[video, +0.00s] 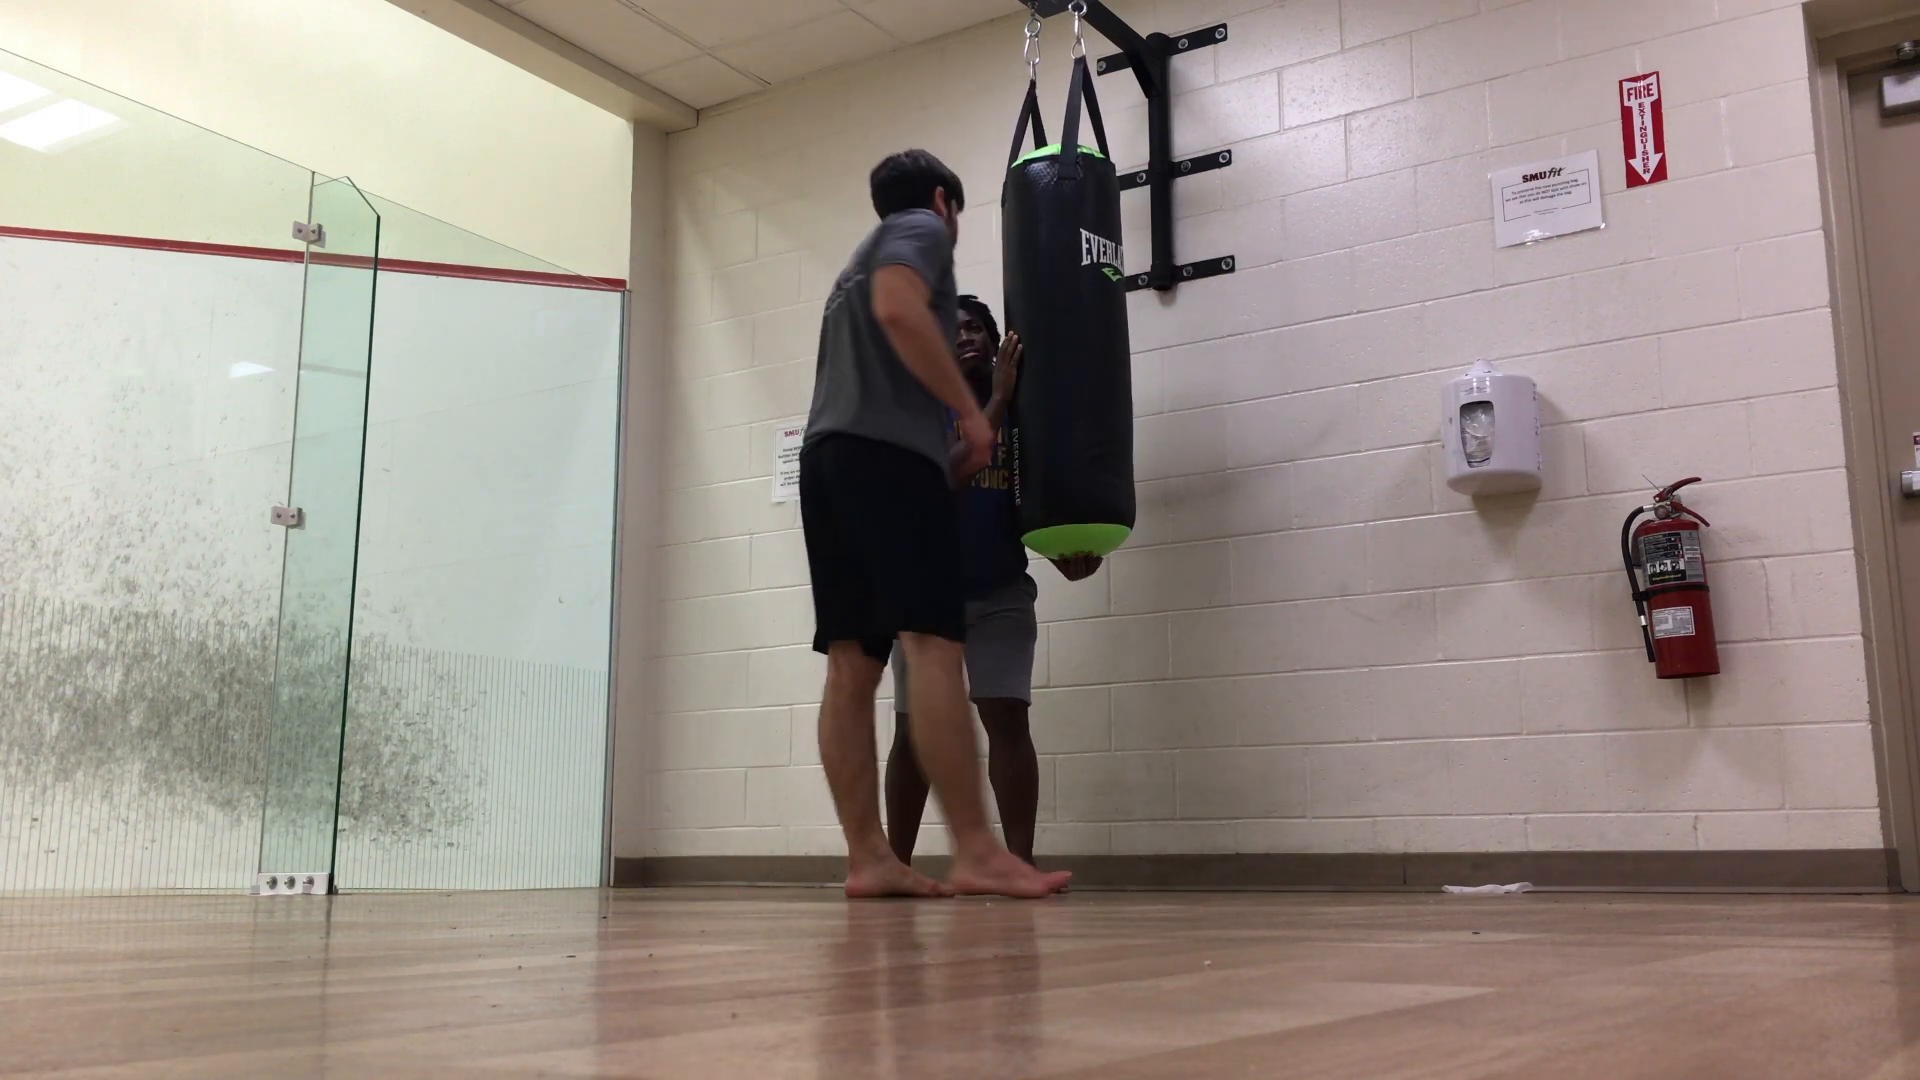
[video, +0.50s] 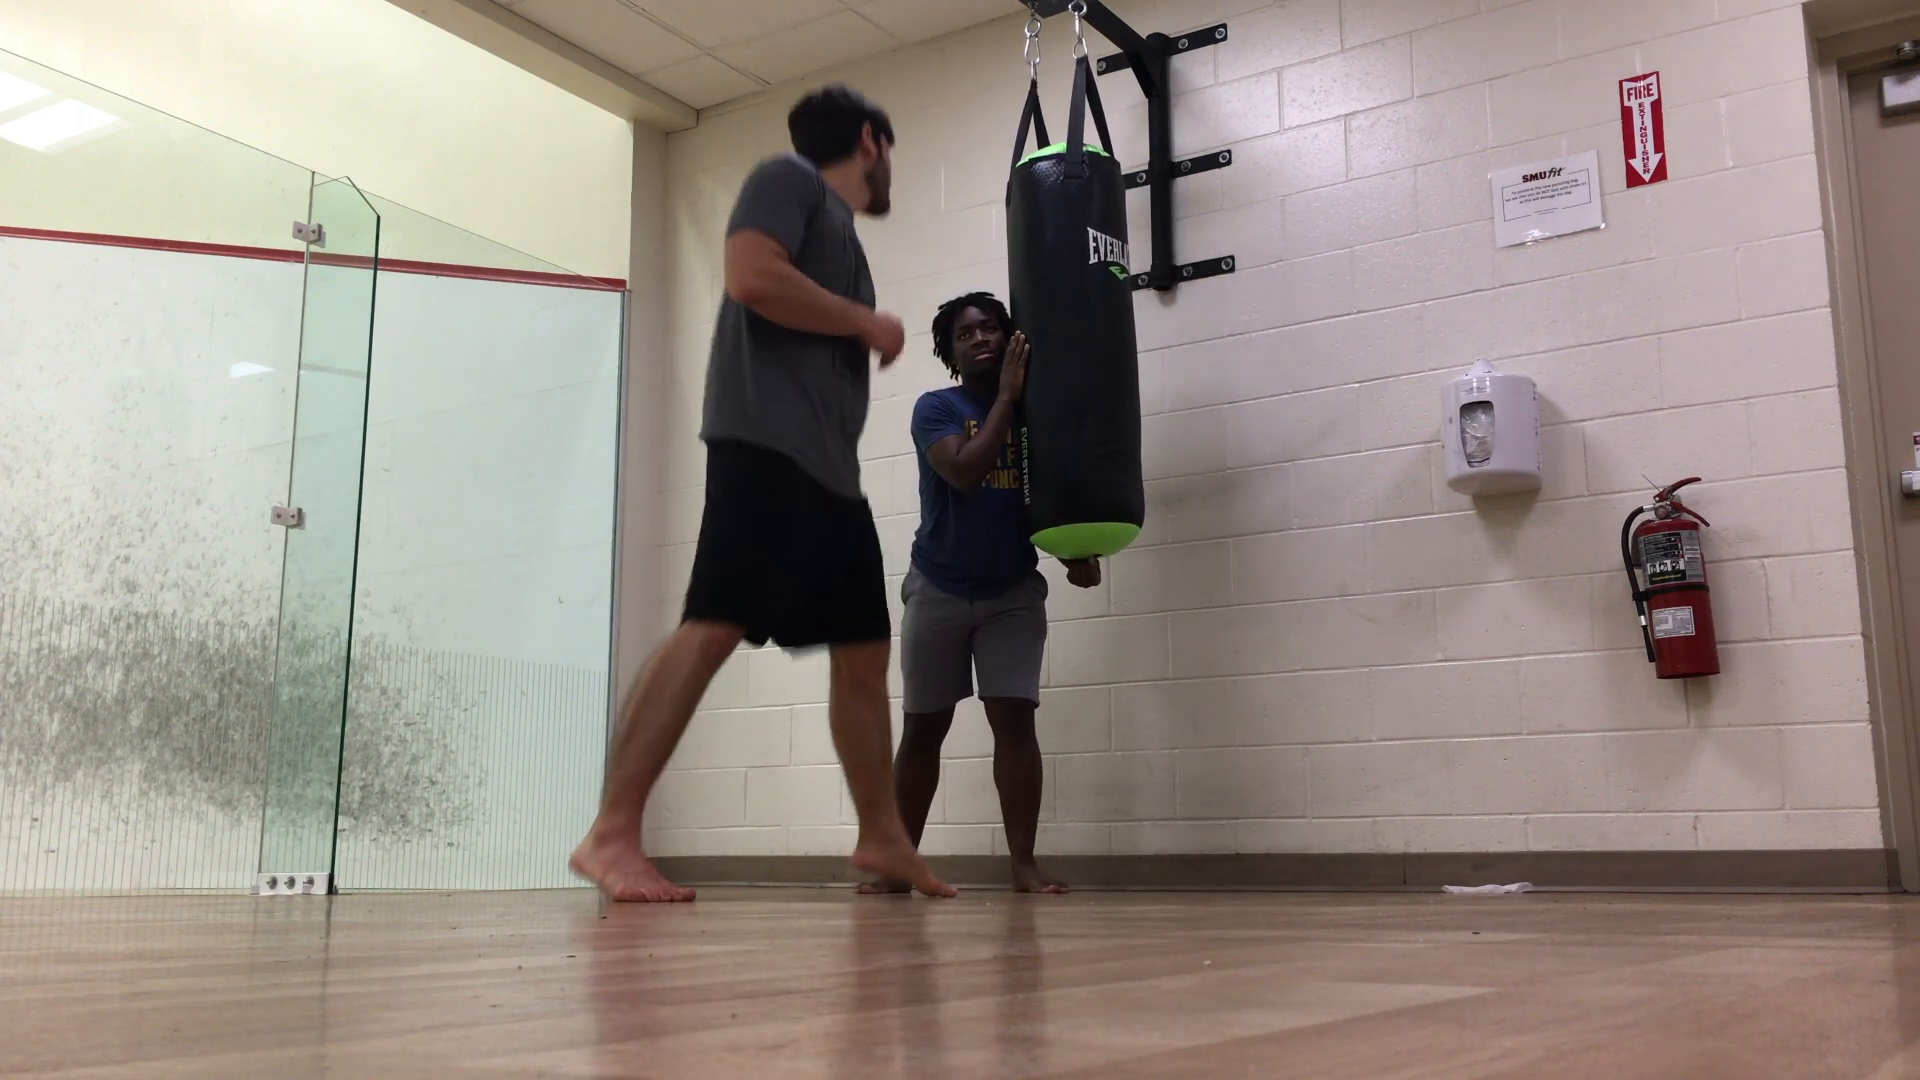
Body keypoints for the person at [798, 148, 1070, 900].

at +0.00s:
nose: (957, 224)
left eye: (955, 214)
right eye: (957, 212)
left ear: (884, 205)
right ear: (942, 201)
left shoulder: (857, 266)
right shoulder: (922, 224)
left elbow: (863, 395)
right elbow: (897, 306)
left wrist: (943, 447)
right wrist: (968, 408)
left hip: (830, 465)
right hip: (890, 462)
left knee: (851, 663)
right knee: (935, 650)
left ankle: (871, 860)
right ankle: (980, 852)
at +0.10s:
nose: (945, 214)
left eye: (946, 201)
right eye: (945, 198)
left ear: (879, 189)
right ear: (927, 186)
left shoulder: (860, 243)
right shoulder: (893, 226)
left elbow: (856, 388)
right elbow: (857, 306)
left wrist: (932, 449)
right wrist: (945, 395)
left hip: (845, 465)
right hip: (869, 461)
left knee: (853, 657)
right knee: (893, 629)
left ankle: (870, 854)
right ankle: (894, 826)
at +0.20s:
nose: (933, 197)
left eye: (932, 183)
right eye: (931, 182)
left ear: (865, 172)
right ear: (914, 171)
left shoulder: (878, 253)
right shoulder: (856, 219)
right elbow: (828, 308)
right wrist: (940, 368)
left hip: (876, 463)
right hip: (846, 450)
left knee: (863, 665)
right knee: (847, 589)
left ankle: (871, 857)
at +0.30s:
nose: (914, 184)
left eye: (914, 169)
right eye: (914, 167)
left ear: (863, 158)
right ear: (895, 156)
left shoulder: (863, 243)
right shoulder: (823, 207)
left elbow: (849, 336)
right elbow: (799, 303)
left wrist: (929, 334)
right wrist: (917, 334)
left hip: (864, 461)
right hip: (820, 443)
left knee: (860, 662)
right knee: (788, 590)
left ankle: (872, 858)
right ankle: (675, 786)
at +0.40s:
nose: (903, 185)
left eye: (902, 169)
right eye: (901, 168)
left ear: (851, 164)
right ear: (878, 161)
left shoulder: (846, 252)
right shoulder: (798, 205)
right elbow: (771, 297)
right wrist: (883, 312)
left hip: (844, 486)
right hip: (785, 466)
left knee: (859, 667)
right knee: (727, 633)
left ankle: (874, 860)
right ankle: (613, 837)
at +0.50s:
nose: (891, 175)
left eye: (892, 162)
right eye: (890, 158)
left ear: (838, 145)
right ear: (867, 141)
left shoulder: (840, 242)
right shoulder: (786, 176)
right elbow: (751, 274)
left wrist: (861, 336)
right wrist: (866, 321)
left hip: (826, 466)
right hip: (760, 447)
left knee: (864, 642)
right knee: (713, 626)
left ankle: (882, 840)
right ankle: (610, 834)